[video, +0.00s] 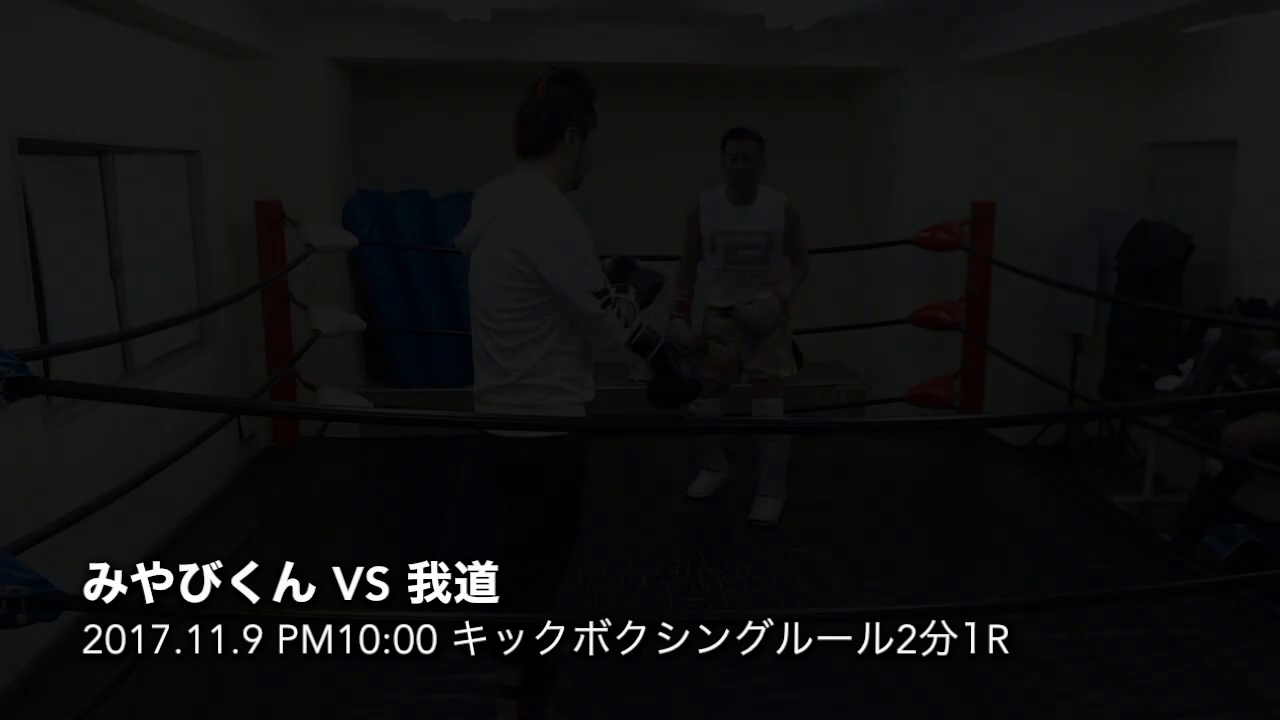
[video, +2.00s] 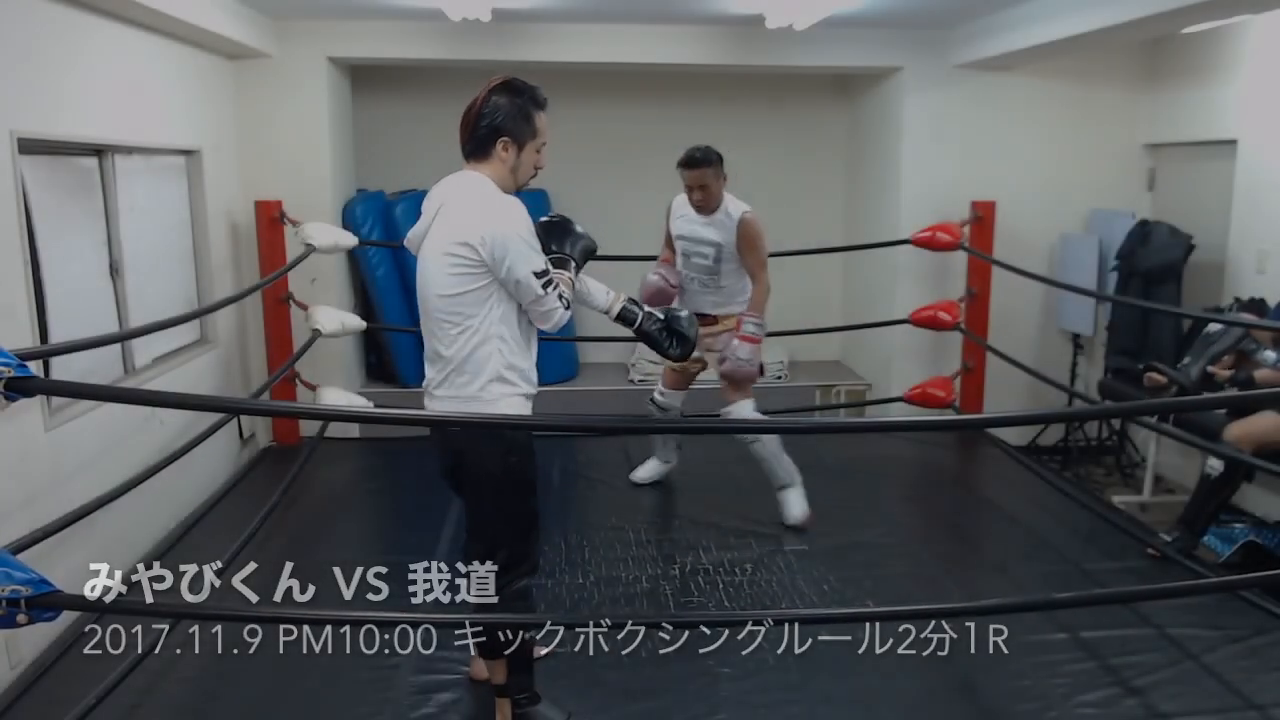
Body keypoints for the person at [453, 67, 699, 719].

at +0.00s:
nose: (591, 152)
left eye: (589, 137)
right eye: (589, 138)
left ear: (532, 132)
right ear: (573, 137)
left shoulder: (496, 201)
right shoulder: (547, 213)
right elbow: (595, 311)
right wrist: (657, 351)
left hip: (502, 411)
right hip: (547, 417)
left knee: (522, 559)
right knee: (543, 563)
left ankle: (520, 688)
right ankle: (527, 693)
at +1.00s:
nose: (578, 164)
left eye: (580, 150)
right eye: (574, 150)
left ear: (527, 143)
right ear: (540, 147)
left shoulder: (471, 200)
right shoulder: (535, 221)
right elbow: (586, 309)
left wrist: (567, 250)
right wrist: (644, 365)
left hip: (492, 420)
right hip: (535, 429)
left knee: (520, 556)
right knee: (534, 567)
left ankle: (521, 664)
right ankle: (513, 702)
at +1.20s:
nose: (569, 165)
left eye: (571, 152)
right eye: (566, 151)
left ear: (508, 141)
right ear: (533, 147)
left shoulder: (466, 199)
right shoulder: (532, 219)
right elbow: (583, 316)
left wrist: (564, 260)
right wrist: (651, 333)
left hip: (489, 419)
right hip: (530, 427)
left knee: (521, 556)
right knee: (527, 570)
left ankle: (524, 662)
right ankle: (513, 704)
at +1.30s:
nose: (565, 163)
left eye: (567, 150)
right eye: (562, 149)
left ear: (503, 140)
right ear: (530, 145)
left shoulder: (464, 199)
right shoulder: (530, 217)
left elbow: (578, 269)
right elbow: (582, 315)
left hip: (488, 421)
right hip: (527, 429)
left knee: (522, 557)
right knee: (523, 573)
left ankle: (524, 660)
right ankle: (512, 705)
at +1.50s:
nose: (560, 160)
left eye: (562, 147)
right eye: (556, 146)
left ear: (497, 141)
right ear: (524, 146)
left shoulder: (463, 199)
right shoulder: (525, 220)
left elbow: (572, 265)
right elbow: (585, 312)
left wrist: (650, 311)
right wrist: (616, 332)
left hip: (484, 418)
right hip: (520, 427)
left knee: (517, 557)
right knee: (519, 575)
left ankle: (521, 656)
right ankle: (512, 706)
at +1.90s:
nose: (543, 159)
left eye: (545, 147)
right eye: (539, 146)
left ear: (485, 142)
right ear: (507, 145)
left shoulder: (448, 195)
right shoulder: (508, 217)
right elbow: (550, 320)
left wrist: (638, 311)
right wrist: (570, 269)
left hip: (463, 405)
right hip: (502, 414)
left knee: (494, 540)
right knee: (514, 560)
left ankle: (487, 657)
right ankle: (514, 701)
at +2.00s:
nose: (541, 162)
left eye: (544, 149)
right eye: (537, 148)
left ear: (485, 142)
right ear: (505, 144)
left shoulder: (445, 195)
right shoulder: (502, 213)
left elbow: (423, 248)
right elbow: (550, 311)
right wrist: (565, 264)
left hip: (453, 405)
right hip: (492, 412)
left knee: (487, 537)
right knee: (512, 555)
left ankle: (487, 654)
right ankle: (512, 703)